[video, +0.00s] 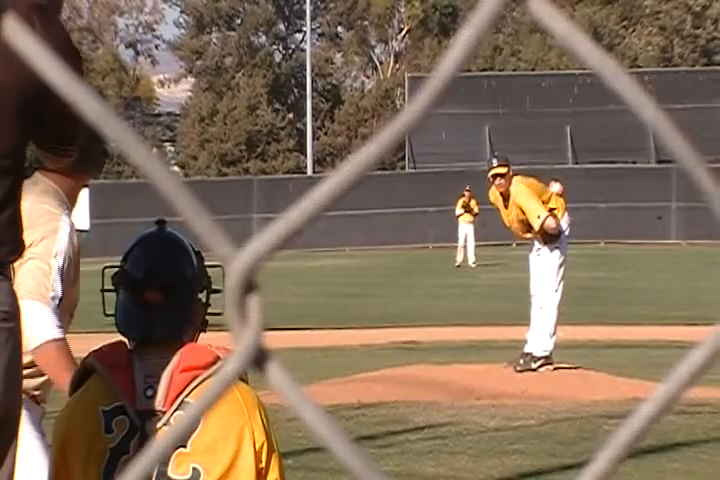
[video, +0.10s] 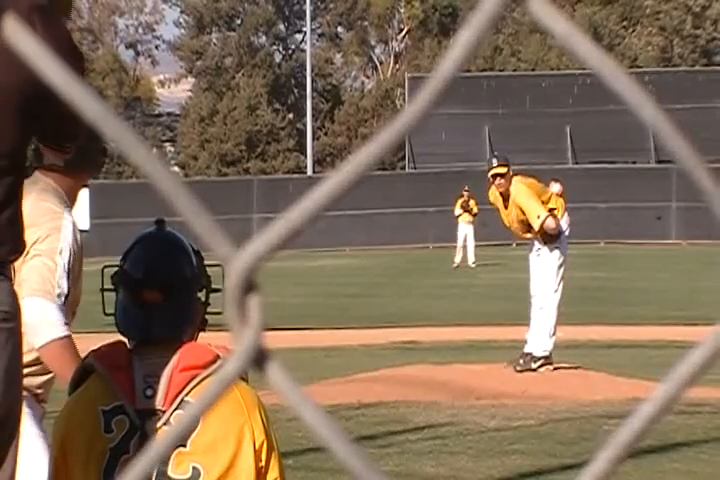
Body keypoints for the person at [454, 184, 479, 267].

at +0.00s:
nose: (467, 193)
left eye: (469, 191)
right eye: (466, 191)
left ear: (471, 193)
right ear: (464, 192)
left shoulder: (473, 201)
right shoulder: (461, 201)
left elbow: (476, 212)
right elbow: (457, 213)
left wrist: (470, 209)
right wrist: (464, 209)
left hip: (470, 223)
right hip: (462, 222)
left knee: (471, 242)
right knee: (461, 242)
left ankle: (471, 260)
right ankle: (459, 260)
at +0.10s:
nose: (466, 193)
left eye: (467, 192)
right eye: (465, 191)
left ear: (469, 193)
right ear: (463, 192)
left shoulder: (472, 201)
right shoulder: (460, 201)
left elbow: (475, 211)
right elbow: (456, 213)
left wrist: (469, 210)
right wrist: (463, 209)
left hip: (469, 223)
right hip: (462, 223)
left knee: (471, 242)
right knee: (460, 243)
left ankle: (471, 260)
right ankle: (457, 260)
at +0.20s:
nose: (464, 194)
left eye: (466, 192)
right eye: (463, 192)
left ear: (468, 193)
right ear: (461, 193)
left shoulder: (470, 201)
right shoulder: (459, 202)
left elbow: (475, 212)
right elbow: (455, 214)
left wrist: (468, 209)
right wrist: (461, 209)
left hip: (469, 224)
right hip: (461, 223)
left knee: (470, 243)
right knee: (459, 244)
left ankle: (471, 261)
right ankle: (456, 261)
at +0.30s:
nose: (462, 194)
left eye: (463, 192)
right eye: (460, 192)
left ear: (465, 193)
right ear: (458, 193)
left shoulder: (468, 201)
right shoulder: (456, 202)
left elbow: (473, 211)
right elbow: (453, 215)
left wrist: (466, 209)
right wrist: (459, 210)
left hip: (467, 223)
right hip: (459, 223)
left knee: (469, 243)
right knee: (457, 244)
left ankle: (471, 261)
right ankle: (456, 261)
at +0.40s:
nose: (459, 195)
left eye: (460, 193)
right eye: (458, 193)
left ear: (463, 194)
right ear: (456, 194)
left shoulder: (467, 202)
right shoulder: (454, 203)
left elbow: (472, 211)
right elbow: (452, 215)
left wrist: (463, 209)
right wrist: (456, 210)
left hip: (465, 224)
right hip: (457, 224)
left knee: (468, 244)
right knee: (456, 244)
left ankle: (471, 261)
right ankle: (456, 261)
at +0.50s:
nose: (457, 195)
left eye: (458, 193)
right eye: (455, 193)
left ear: (461, 194)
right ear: (453, 194)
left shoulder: (464, 201)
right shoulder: (452, 203)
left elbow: (469, 210)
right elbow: (450, 216)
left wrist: (461, 209)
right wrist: (454, 210)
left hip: (464, 224)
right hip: (455, 224)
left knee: (466, 243)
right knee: (455, 244)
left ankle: (470, 261)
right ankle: (455, 261)